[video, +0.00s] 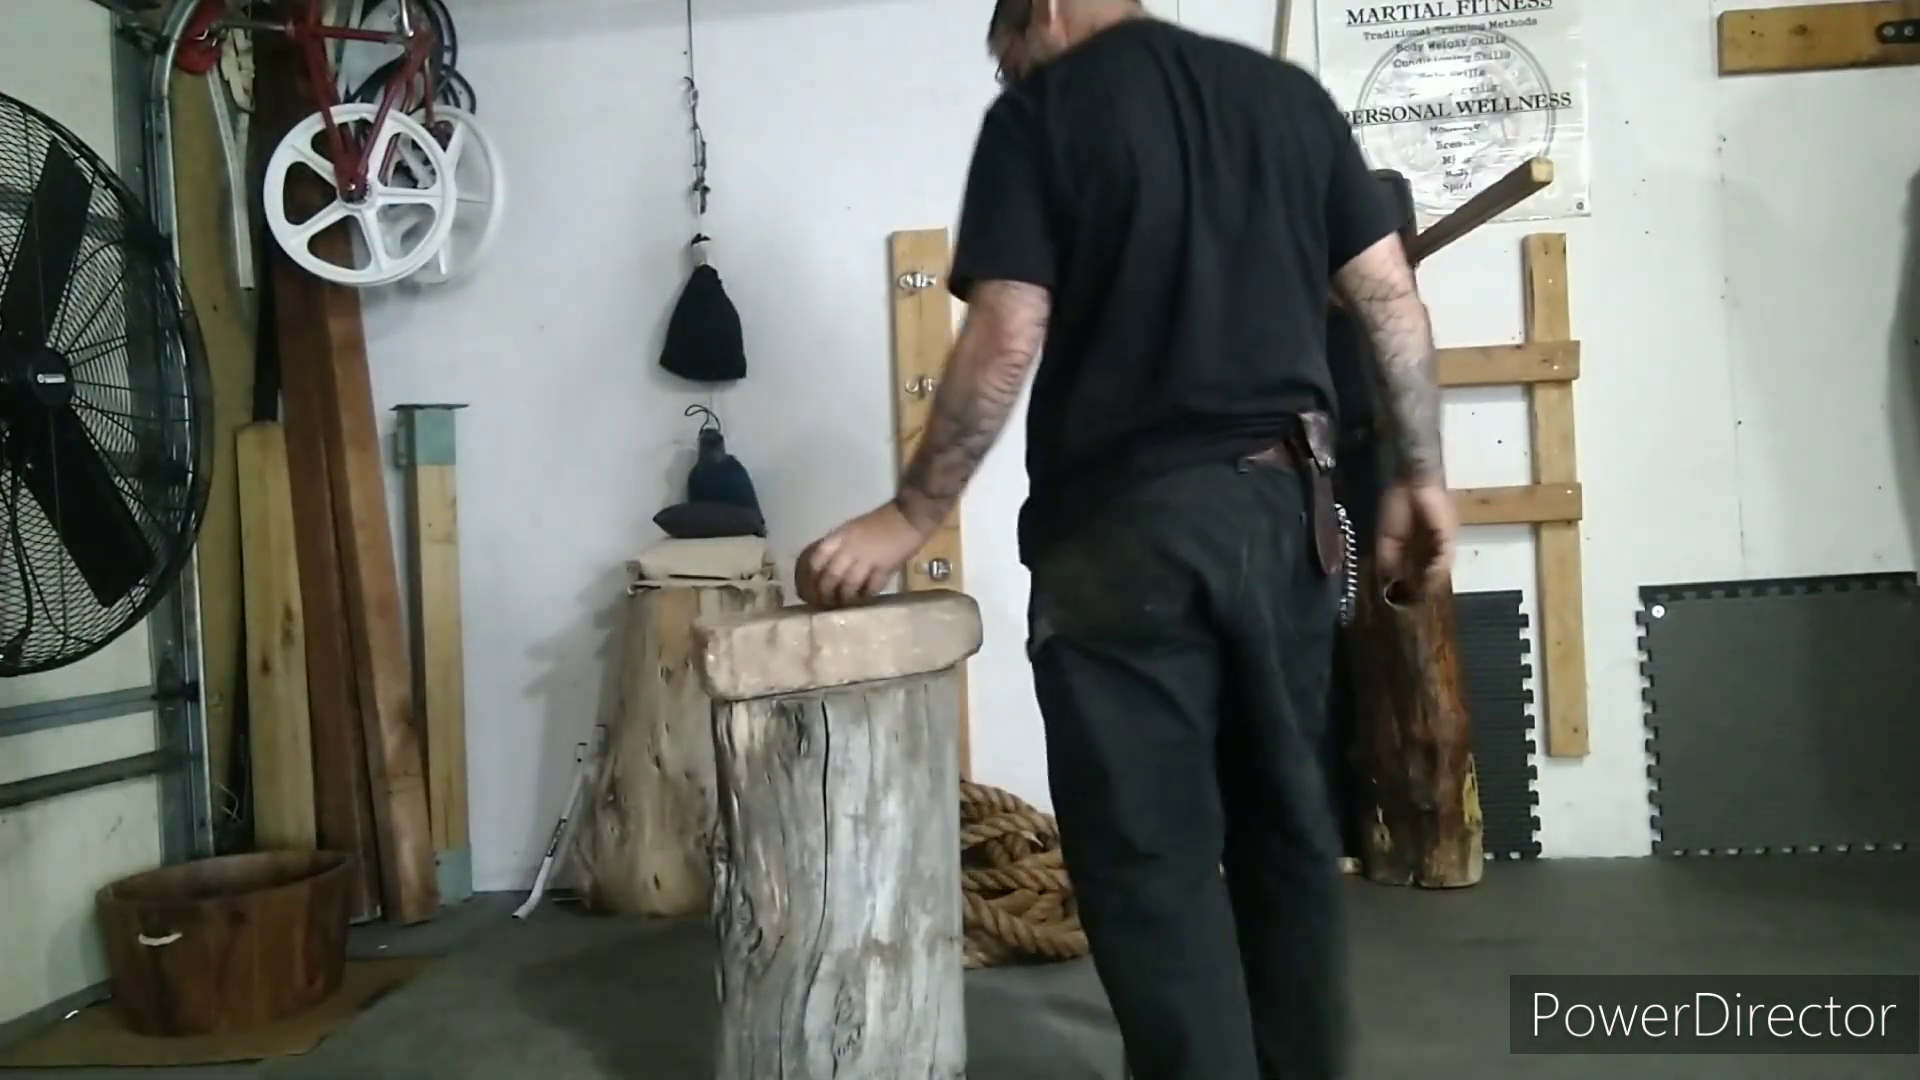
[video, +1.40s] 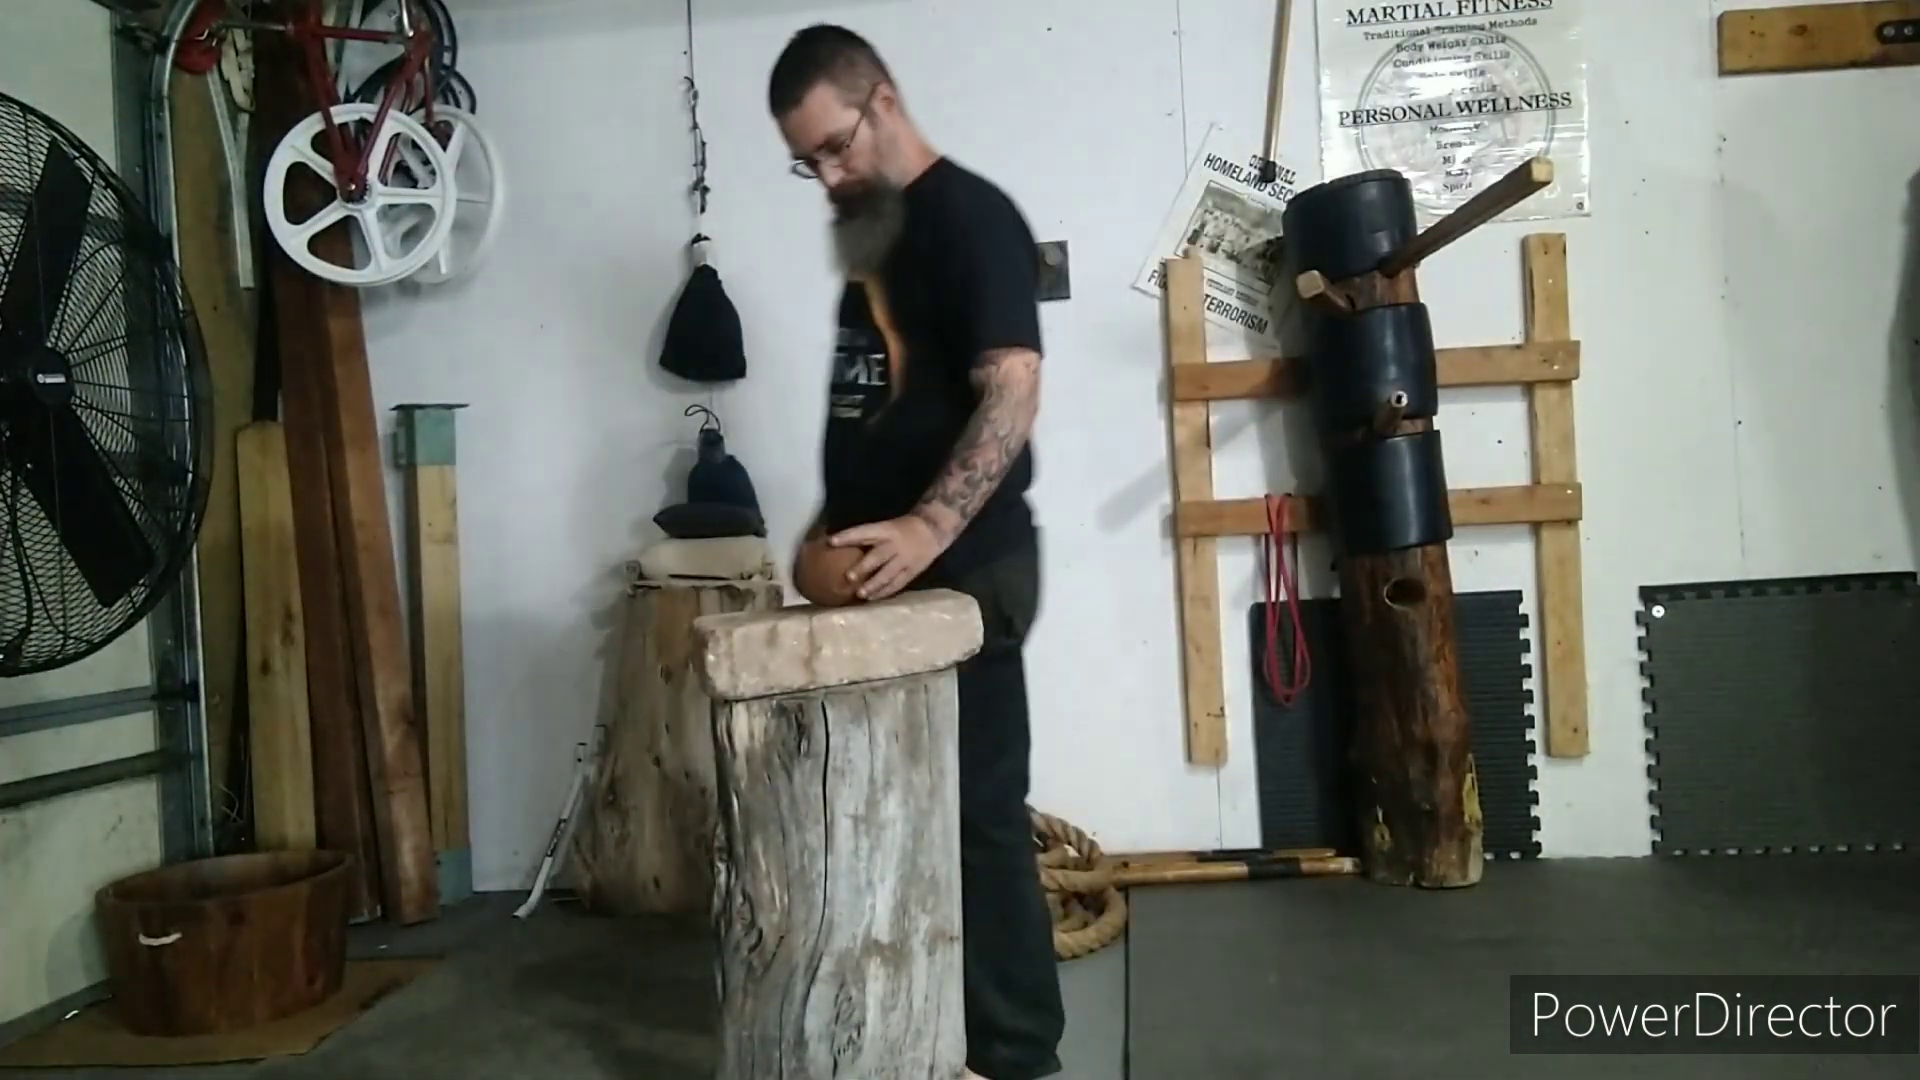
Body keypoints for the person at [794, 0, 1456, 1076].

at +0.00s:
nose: (1007, 77)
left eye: (1003, 52)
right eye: (1001, 58)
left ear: (1043, 10)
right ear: (1134, 6)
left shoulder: (1038, 112)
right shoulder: (1292, 92)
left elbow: (1010, 333)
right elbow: (1386, 288)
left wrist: (909, 513)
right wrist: (1419, 469)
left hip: (1124, 521)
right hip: (1290, 506)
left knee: (1150, 874)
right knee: (1291, 852)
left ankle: (1203, 1068)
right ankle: (1310, 1065)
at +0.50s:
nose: (1013, 152)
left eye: (1010, 121)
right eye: (1001, 135)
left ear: (1063, 68)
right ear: (1082, 71)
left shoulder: (1102, 162)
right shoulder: (1225, 170)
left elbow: (1076, 351)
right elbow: (1270, 353)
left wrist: (935, 502)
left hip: (1146, 524)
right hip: (1250, 514)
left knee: (1054, 764)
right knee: (1224, 804)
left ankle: (1173, 1041)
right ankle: (1258, 1045)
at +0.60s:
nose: (996, 152)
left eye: (996, 122)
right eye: (984, 136)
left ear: (1055, 73)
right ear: (1066, 79)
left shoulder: (1094, 167)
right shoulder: (1188, 167)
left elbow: (1077, 349)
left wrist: (941, 499)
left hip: (1140, 522)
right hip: (1235, 510)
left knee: (1047, 765)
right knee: (1218, 790)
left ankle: (1094, 1031)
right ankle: (1251, 1031)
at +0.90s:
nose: (914, 178)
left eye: (916, 149)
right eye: (902, 162)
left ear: (973, 100)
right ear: (966, 111)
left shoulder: (1034, 199)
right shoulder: (1051, 191)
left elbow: (1062, 376)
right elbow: (1056, 381)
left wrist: (952, 523)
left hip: (1068, 551)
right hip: (1117, 536)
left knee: (1014, 808)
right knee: (1122, 771)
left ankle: (1011, 1046)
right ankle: (1244, 1014)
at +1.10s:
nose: (867, 180)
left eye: (868, 152)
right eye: (854, 163)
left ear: (922, 98)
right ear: (916, 107)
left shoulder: (1004, 198)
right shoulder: (972, 205)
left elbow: (1040, 382)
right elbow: (983, 383)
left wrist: (932, 523)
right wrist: (917, 532)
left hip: (1022, 549)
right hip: (997, 548)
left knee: (996, 791)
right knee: (1008, 767)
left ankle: (1012, 1045)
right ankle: (1148, 945)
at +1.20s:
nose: (849, 176)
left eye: (851, 147)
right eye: (834, 160)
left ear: (908, 99)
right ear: (891, 116)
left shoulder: (995, 202)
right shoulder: (933, 216)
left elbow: (1029, 385)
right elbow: (930, 379)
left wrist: (931, 521)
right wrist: (893, 530)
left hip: (992, 555)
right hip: (938, 552)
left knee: (991, 820)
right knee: (939, 815)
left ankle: (1013, 1050)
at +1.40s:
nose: (824, 176)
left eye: (832, 147)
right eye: (807, 160)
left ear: (886, 105)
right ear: (803, 140)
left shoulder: (971, 212)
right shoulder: (861, 225)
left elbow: (1014, 388)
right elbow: (871, 396)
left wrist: (931, 525)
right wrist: (826, 528)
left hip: (963, 556)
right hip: (870, 555)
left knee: (979, 819)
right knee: (885, 815)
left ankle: (1015, 1051)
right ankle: (894, 1045)